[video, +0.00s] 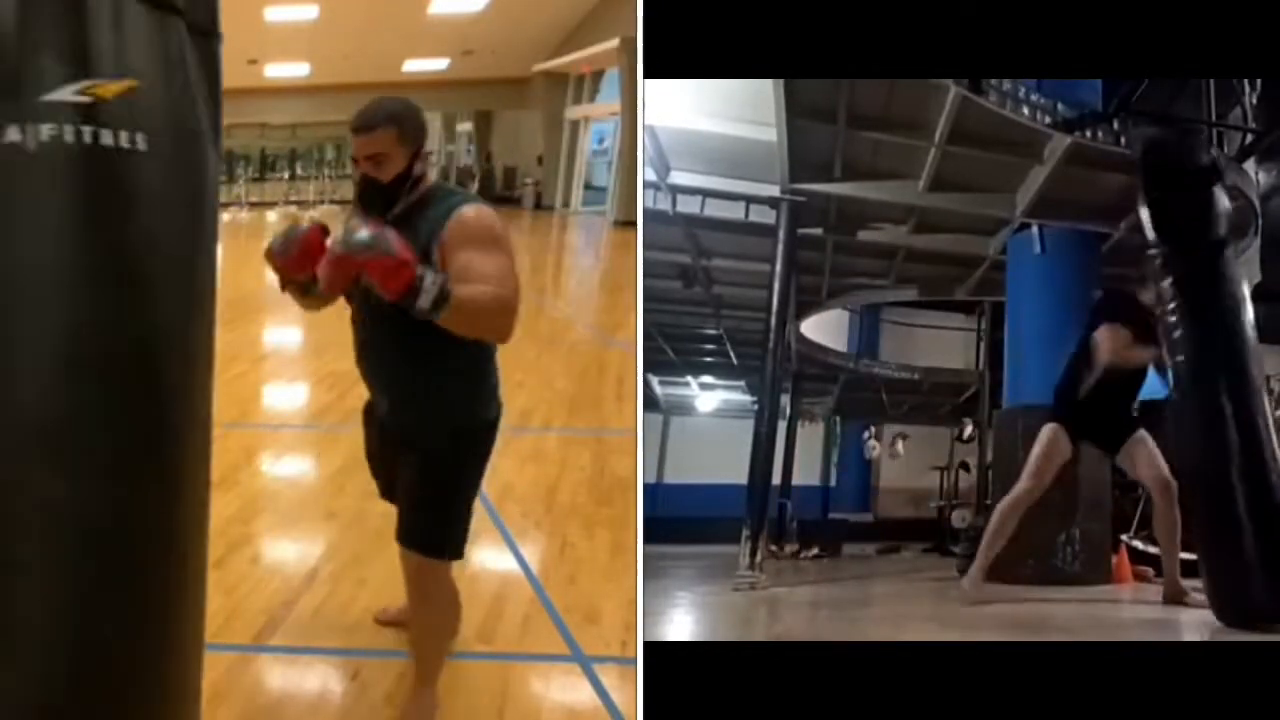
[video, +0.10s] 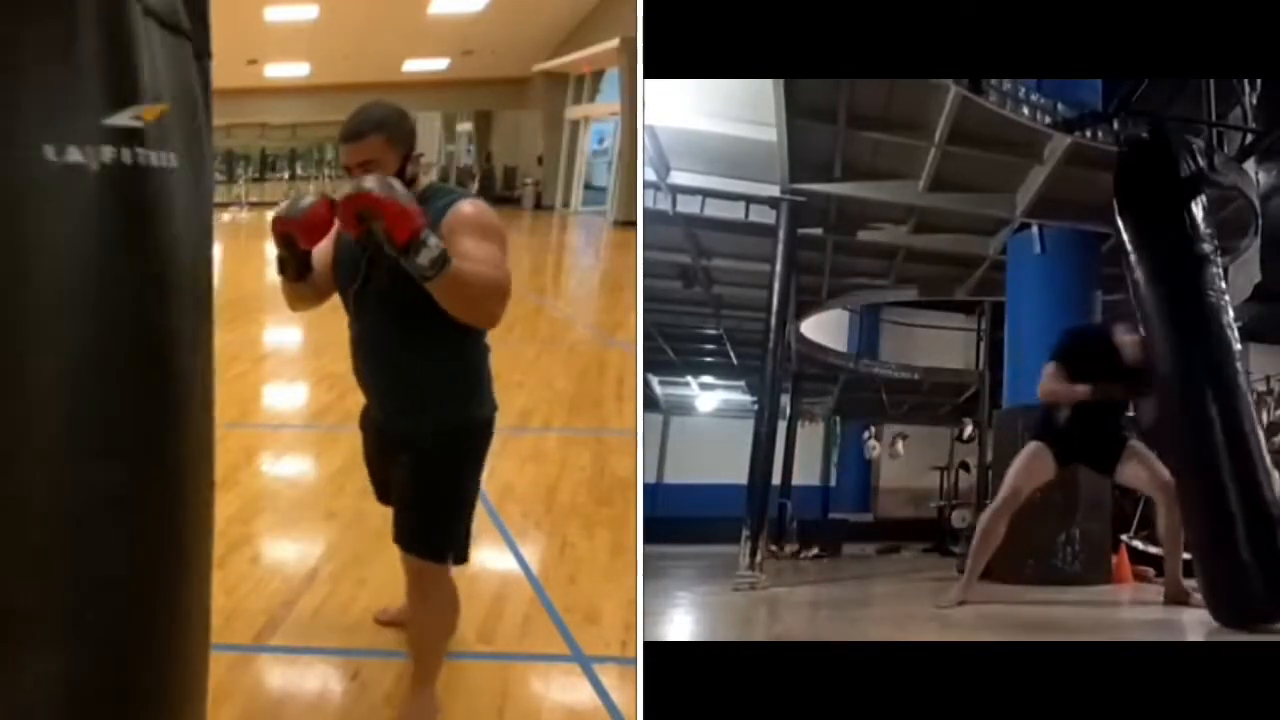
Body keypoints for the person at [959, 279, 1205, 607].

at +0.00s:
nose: (1166, 282)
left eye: (1168, 274)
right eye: (1159, 273)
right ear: (1141, 274)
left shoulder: (1155, 319)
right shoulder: (1113, 304)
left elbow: (1171, 363)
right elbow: (1110, 354)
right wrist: (1157, 353)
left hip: (1118, 419)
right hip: (1073, 414)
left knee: (1164, 485)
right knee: (1030, 486)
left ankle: (1173, 585)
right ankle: (975, 573)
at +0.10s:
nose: (1134, 345)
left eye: (1139, 341)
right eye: (1129, 338)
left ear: (1146, 341)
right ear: (1115, 330)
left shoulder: (1144, 361)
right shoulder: (1078, 340)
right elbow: (1047, 389)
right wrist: (1095, 391)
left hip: (1109, 442)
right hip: (1058, 439)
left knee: (1165, 486)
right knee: (1006, 499)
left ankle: (1174, 586)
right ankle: (965, 584)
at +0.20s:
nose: (1117, 350)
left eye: (1124, 345)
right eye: (1114, 342)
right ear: (1101, 330)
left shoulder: (1125, 359)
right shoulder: (1060, 343)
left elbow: (1133, 411)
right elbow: (1032, 395)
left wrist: (1130, 404)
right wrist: (1078, 376)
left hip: (1095, 443)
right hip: (1045, 440)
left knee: (1156, 492)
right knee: (996, 497)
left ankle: (1173, 586)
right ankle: (963, 585)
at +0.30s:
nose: (1078, 305)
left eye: (1085, 299)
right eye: (1075, 296)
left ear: (1089, 301)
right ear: (1059, 288)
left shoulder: (1075, 329)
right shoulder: (1015, 314)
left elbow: (1089, 383)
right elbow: (1004, 365)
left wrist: (1078, 344)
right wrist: (1045, 330)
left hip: (1053, 422)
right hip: (1002, 421)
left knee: (1091, 490)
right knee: (970, 490)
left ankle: (1121, 574)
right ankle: (959, 578)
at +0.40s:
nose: (1061, 289)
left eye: (1069, 285)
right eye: (1059, 278)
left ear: (1070, 289)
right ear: (1043, 271)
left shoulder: (1055, 317)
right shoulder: (1003, 298)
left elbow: (1077, 365)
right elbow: (989, 343)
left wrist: (1064, 324)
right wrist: (1030, 314)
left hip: (1032, 413)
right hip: (984, 410)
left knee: (1077, 479)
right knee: (957, 477)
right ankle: (949, 574)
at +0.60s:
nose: (1014, 275)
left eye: (1021, 270)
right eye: (1010, 266)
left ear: (1026, 272)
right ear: (994, 260)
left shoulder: (1016, 303)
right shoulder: (958, 287)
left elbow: (1022, 353)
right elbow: (949, 337)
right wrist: (989, 307)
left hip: (976, 410)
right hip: (930, 403)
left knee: (1020, 482)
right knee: (898, 484)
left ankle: (972, 558)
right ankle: (849, 578)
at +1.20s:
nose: (1001, 262)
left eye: (1006, 257)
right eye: (997, 253)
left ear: (1006, 259)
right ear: (977, 245)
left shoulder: (997, 289)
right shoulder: (926, 269)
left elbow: (1015, 333)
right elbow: (883, 314)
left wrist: (996, 294)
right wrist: (931, 315)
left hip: (962, 397)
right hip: (912, 389)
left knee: (980, 488)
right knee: (876, 464)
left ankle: (996, 585)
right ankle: (841, 577)